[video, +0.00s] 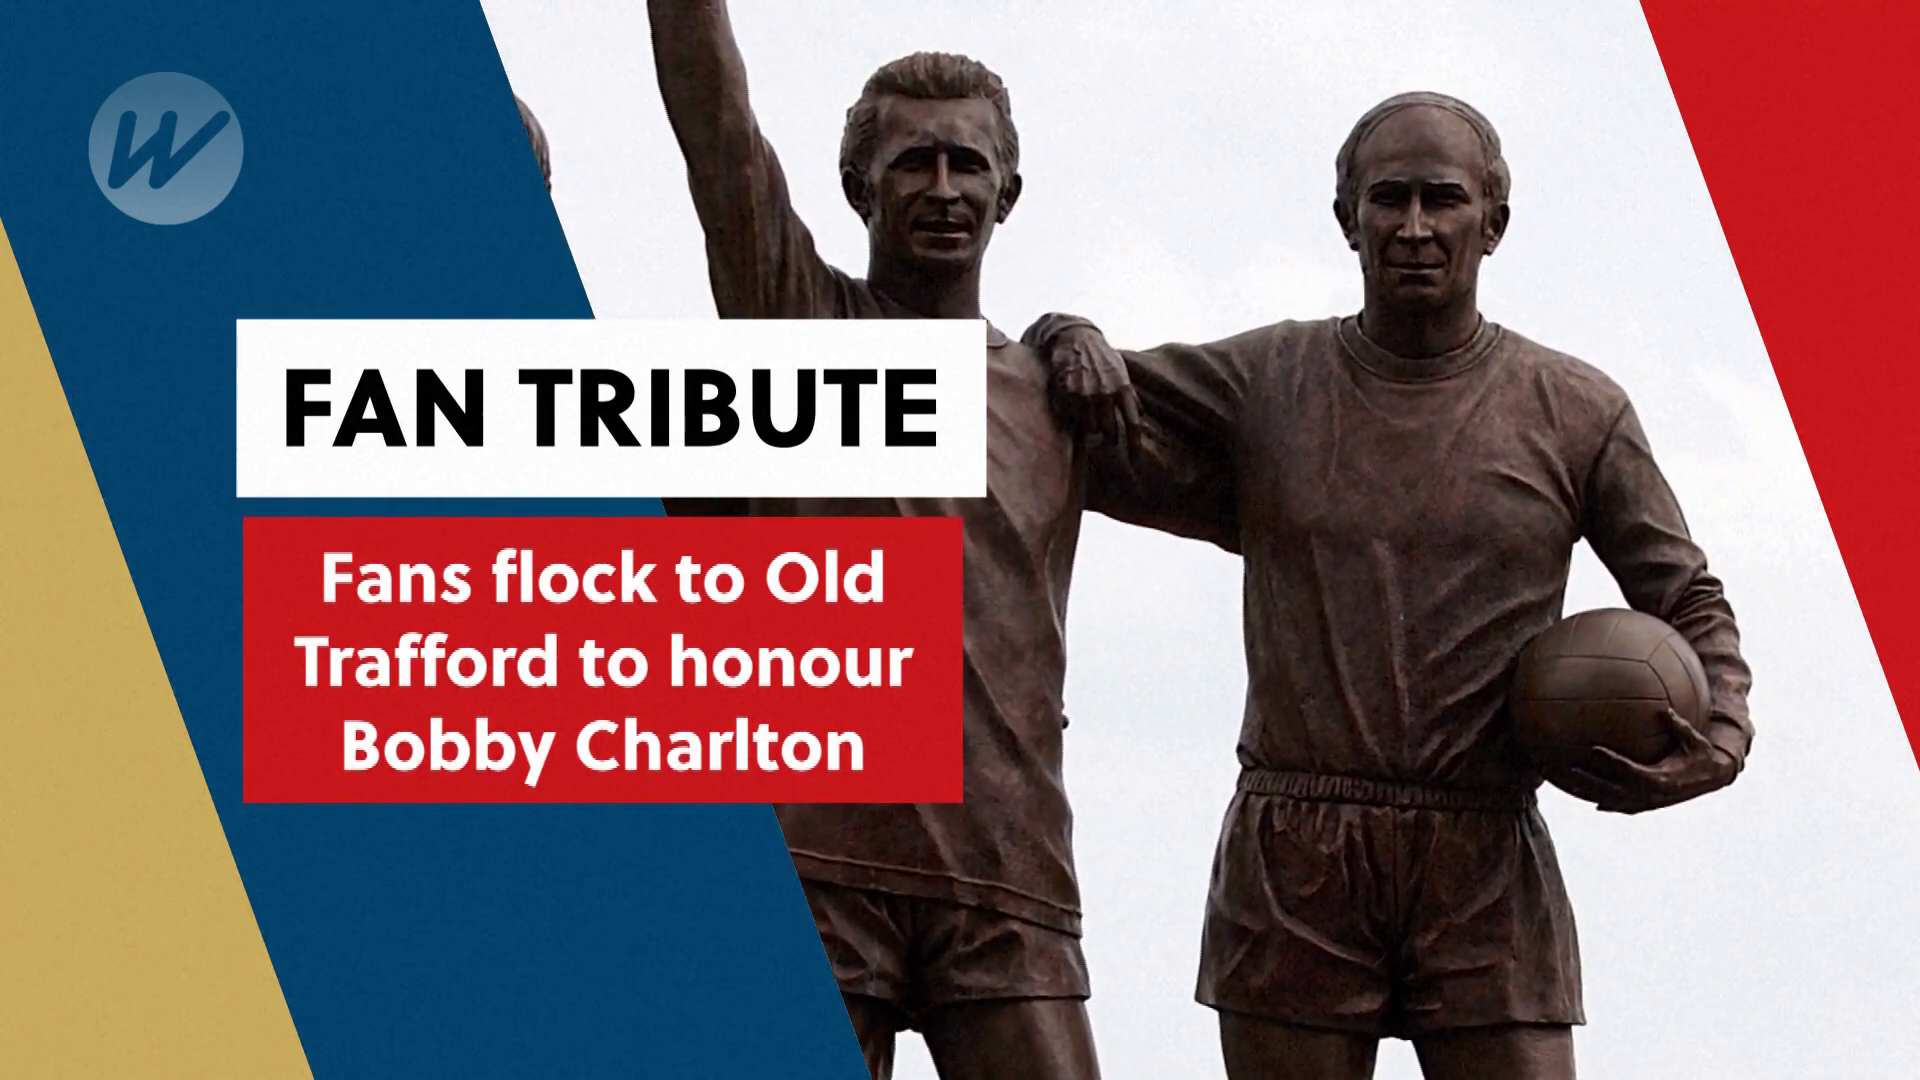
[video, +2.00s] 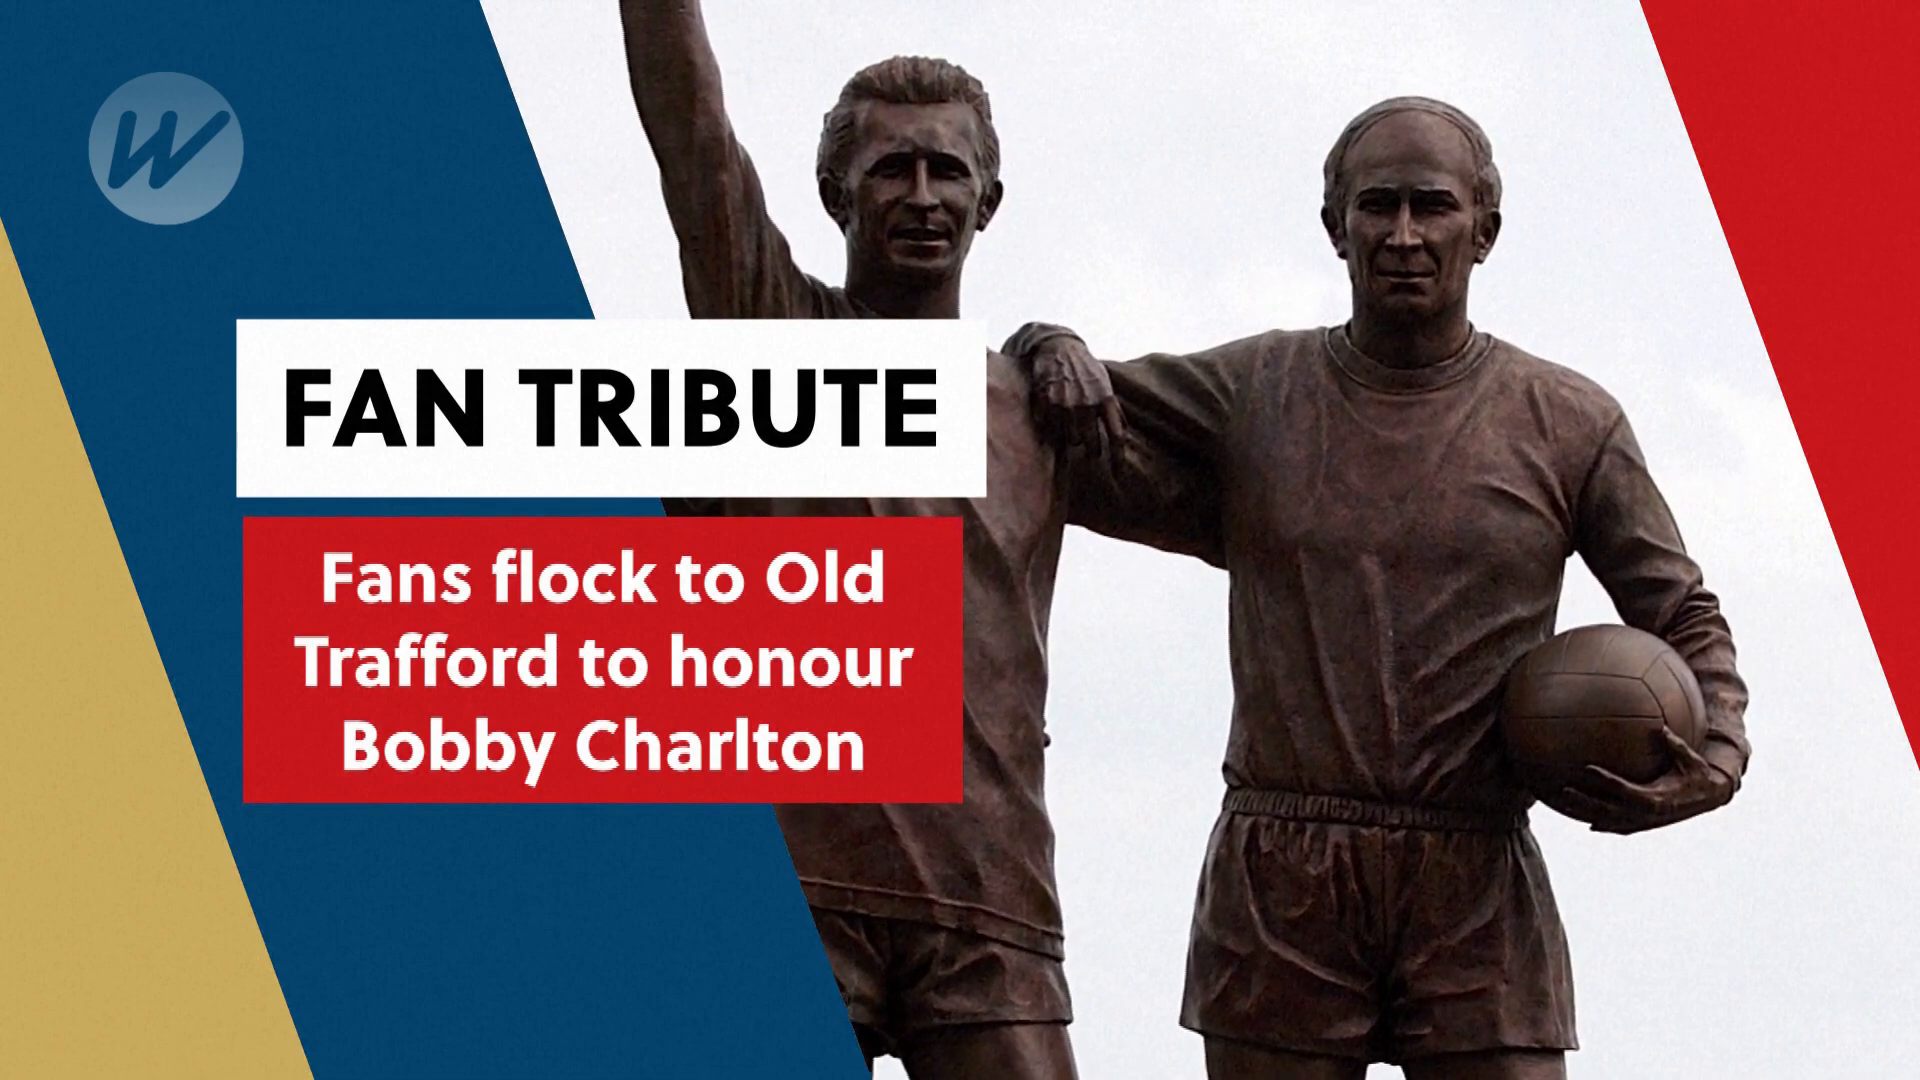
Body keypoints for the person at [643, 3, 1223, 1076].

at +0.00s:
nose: (944, 185)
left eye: (968, 162)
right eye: (913, 162)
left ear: (1006, 192)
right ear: (860, 187)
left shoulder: (1060, 397)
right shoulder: (794, 325)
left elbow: (1269, 496)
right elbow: (714, 127)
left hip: (1007, 871)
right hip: (813, 870)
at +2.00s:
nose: (922, 193)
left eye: (948, 170)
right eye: (891, 169)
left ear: (987, 202)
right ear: (837, 196)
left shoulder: (1041, 406)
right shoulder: (770, 336)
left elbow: (1245, 508)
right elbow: (689, 130)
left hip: (989, 897)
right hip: (796, 891)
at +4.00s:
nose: (911, 205)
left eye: (935, 176)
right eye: (888, 174)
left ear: (967, 192)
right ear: (850, 185)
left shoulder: (1011, 413)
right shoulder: (788, 384)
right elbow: (681, 133)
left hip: (967, 885)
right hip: (805, 884)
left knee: (1003, 1051)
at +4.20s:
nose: (907, 209)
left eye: (930, 180)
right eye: (887, 177)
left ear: (960, 198)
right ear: (850, 187)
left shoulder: (1001, 414)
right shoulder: (793, 379)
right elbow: (684, 136)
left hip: (962, 870)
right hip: (805, 869)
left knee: (998, 1049)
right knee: (790, 1046)